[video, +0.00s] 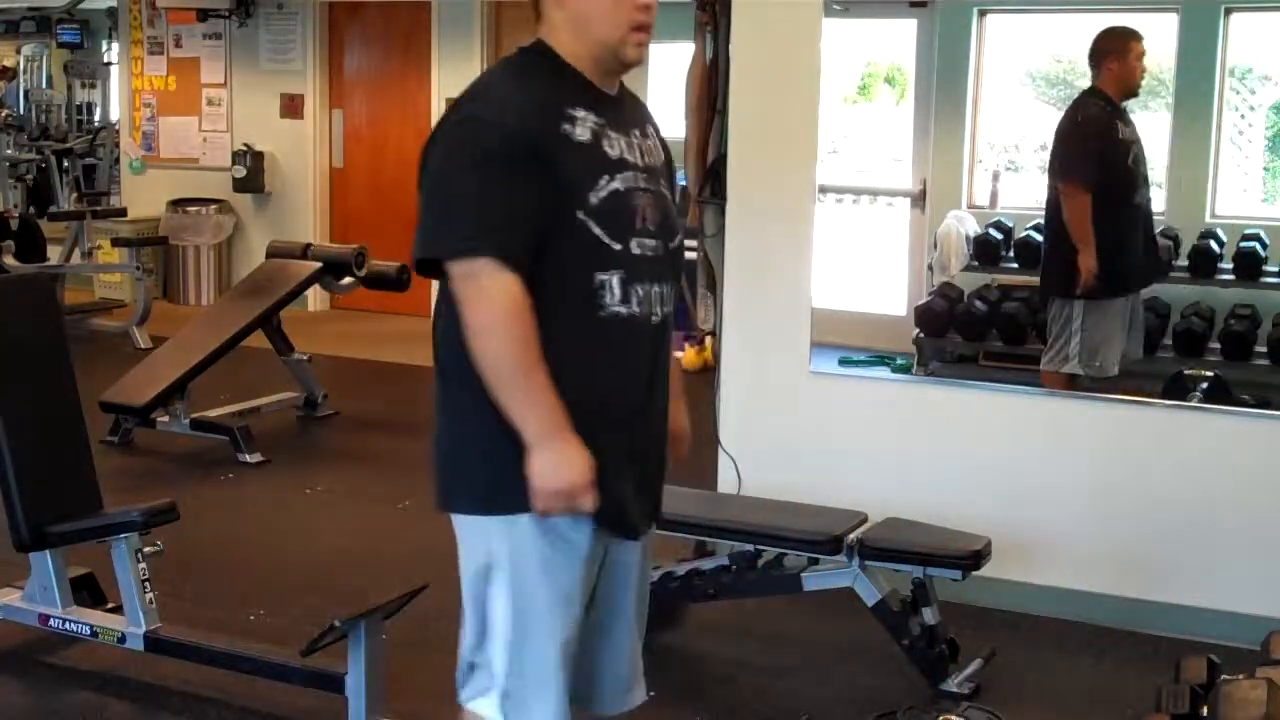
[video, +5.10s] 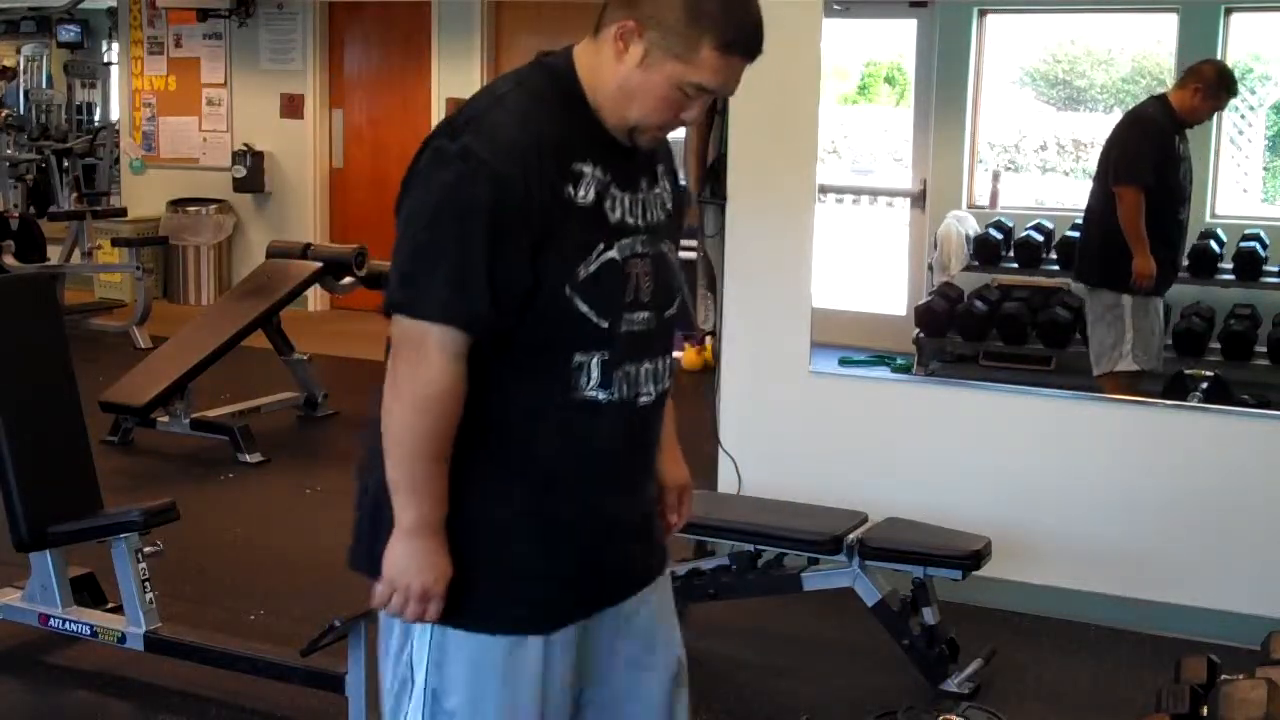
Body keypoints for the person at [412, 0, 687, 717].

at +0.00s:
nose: (649, 8)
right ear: (561, 2)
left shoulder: (636, 122)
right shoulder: (497, 112)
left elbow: (648, 276)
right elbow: (481, 279)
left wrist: (666, 391)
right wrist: (548, 436)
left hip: (618, 454)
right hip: (519, 465)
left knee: (602, 694)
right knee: (517, 700)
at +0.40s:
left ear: (600, 3)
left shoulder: (608, 121)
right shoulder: (430, 116)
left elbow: (643, 248)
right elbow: (390, 280)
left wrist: (692, 289)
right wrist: (450, 447)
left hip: (601, 475)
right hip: (481, 487)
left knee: (583, 701)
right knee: (457, 702)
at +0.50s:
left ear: (571, 3)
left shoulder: (587, 120)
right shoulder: (413, 113)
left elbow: (629, 270)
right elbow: (378, 285)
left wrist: (651, 236)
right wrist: (450, 448)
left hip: (579, 483)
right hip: (457, 495)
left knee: (568, 701)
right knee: (440, 703)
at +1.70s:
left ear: (601, 2)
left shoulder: (617, 118)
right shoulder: (434, 119)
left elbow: (650, 265)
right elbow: (409, 299)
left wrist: (693, 341)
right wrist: (499, 461)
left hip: (623, 498)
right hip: (491, 518)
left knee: (604, 709)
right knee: (468, 709)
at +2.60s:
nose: (633, 19)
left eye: (638, 3)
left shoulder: (610, 124)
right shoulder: (446, 125)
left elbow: (629, 313)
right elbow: (425, 331)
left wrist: (665, 449)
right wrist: (489, 524)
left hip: (636, 544)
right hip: (506, 568)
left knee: (652, 707)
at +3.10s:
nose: (650, 8)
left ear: (665, 7)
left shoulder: (653, 122)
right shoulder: (476, 130)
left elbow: (677, 306)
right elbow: (451, 326)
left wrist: (697, 442)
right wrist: (479, 515)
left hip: (656, 535)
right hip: (539, 553)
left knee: (620, 706)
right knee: (537, 708)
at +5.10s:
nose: (694, 117)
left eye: (711, 101)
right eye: (690, 90)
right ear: (626, 40)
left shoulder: (647, 153)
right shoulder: (483, 151)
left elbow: (641, 321)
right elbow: (422, 350)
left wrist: (663, 445)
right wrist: (416, 530)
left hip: (622, 556)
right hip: (482, 576)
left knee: (638, 713)